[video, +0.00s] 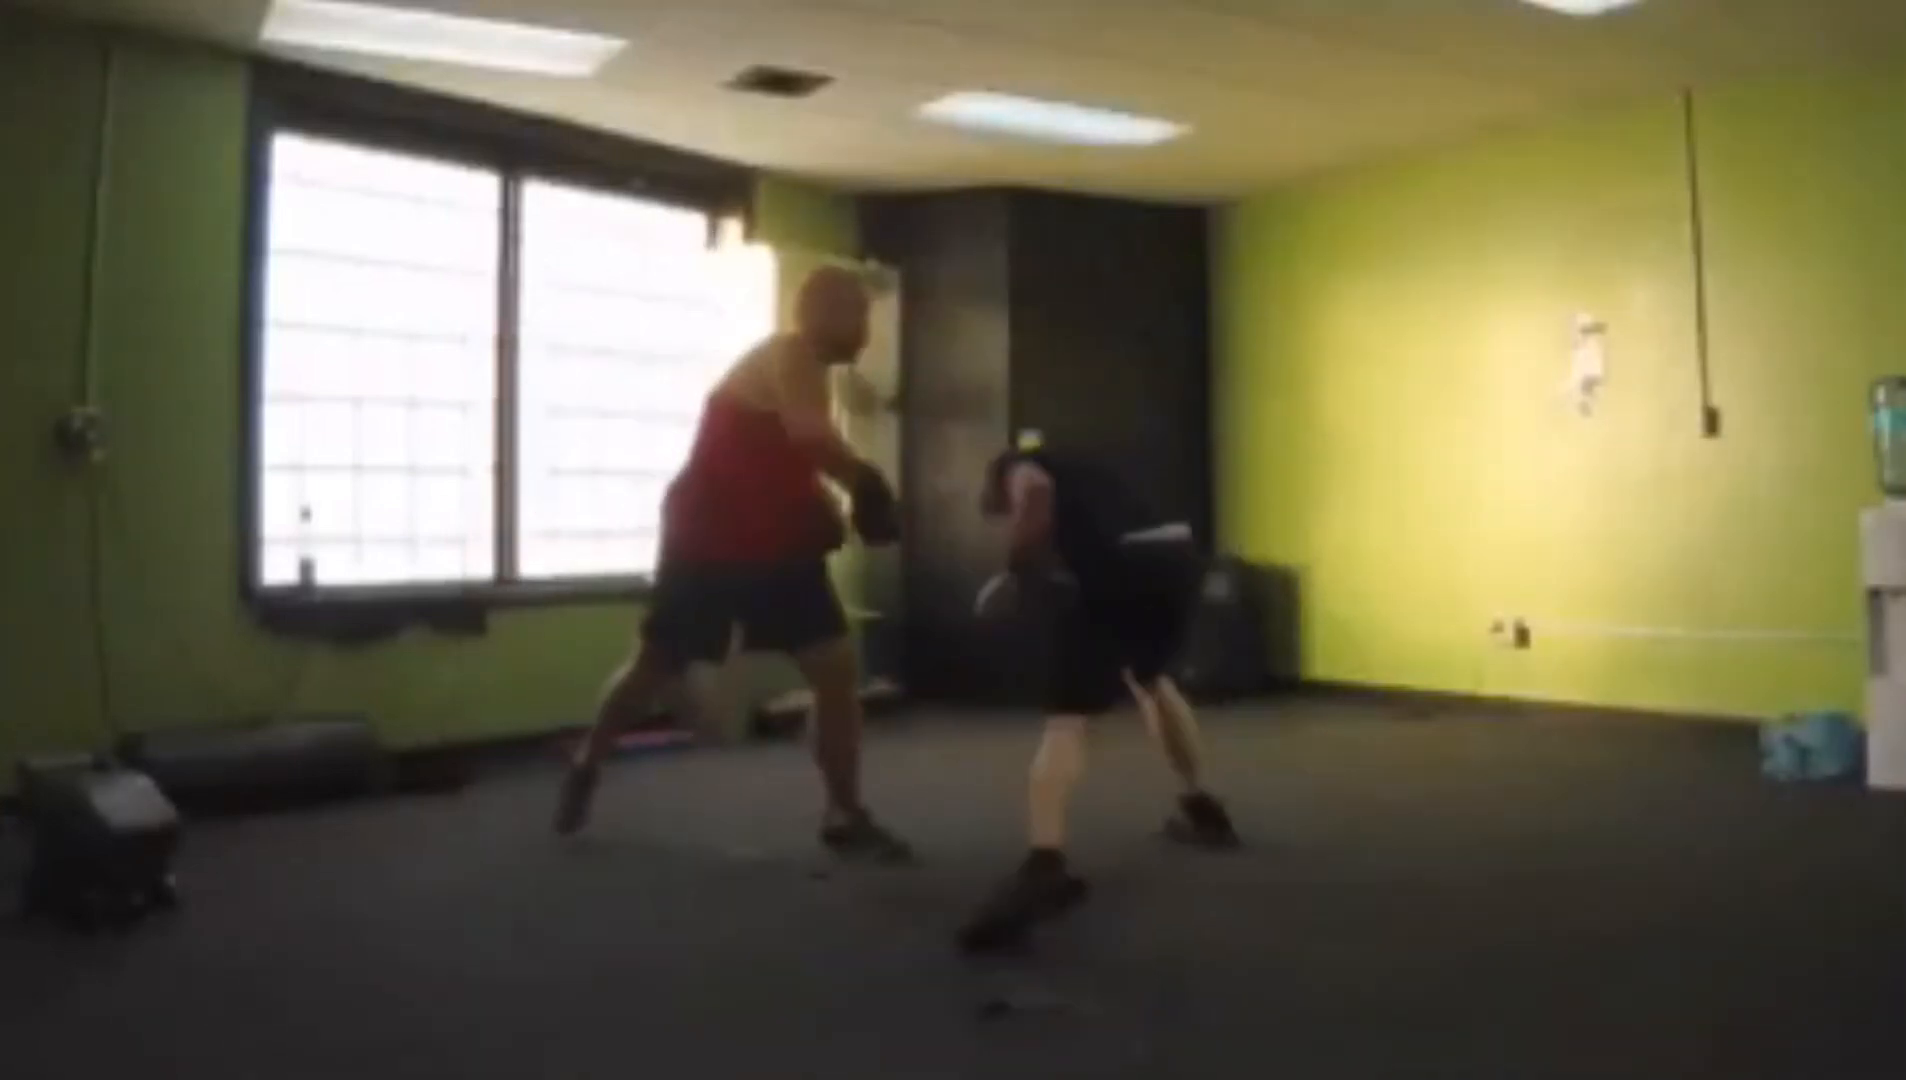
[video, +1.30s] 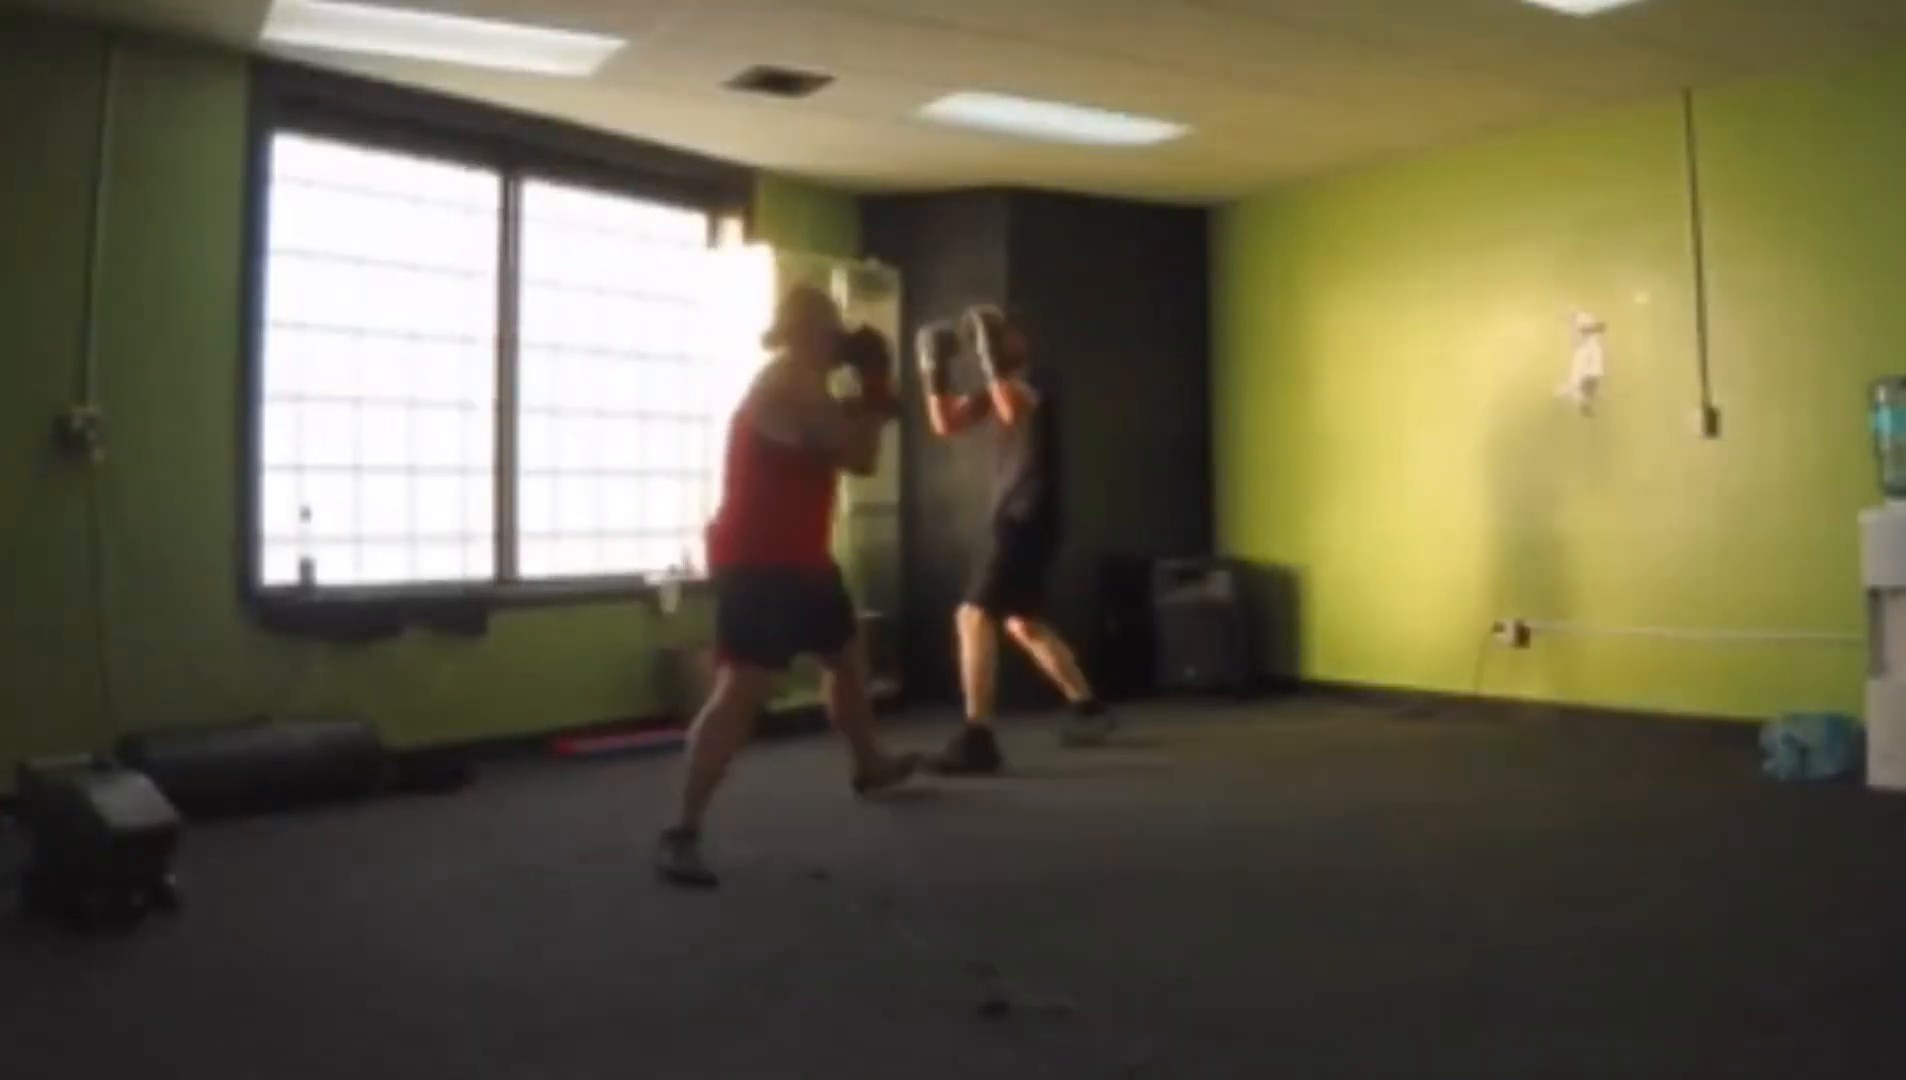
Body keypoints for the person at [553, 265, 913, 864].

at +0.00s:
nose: (866, 333)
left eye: (867, 318)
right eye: (859, 318)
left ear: (821, 317)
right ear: (829, 316)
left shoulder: (803, 368)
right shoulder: (790, 358)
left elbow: (786, 461)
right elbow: (809, 439)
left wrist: (821, 511)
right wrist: (865, 482)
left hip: (781, 540)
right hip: (712, 538)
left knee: (835, 671)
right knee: (655, 669)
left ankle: (844, 812)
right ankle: (585, 767)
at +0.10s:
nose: (841, 324)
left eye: (842, 309)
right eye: (832, 308)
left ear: (818, 311)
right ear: (797, 309)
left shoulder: (798, 388)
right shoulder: (736, 374)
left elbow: (794, 463)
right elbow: (729, 466)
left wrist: (836, 481)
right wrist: (825, 456)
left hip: (779, 545)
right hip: (704, 551)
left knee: (836, 672)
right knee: (659, 688)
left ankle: (846, 811)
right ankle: (599, 810)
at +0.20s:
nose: (807, 329)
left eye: (808, 316)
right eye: (796, 315)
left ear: (800, 323)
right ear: (766, 318)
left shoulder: (796, 395)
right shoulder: (711, 380)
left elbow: (846, 432)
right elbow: (704, 471)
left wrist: (862, 432)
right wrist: (787, 437)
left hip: (765, 542)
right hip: (688, 547)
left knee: (835, 647)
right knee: (655, 689)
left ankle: (852, 798)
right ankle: (601, 812)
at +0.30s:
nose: (796, 328)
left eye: (801, 315)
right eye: (783, 315)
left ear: (808, 319)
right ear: (755, 316)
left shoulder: (799, 380)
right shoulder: (708, 375)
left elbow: (860, 395)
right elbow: (684, 464)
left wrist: (922, 376)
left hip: (766, 535)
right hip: (690, 542)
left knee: (843, 636)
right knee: (655, 682)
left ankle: (854, 772)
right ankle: (601, 809)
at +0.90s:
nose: (803, 303)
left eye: (804, 291)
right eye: (795, 290)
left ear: (797, 297)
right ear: (774, 292)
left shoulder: (798, 362)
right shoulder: (734, 358)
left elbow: (803, 425)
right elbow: (771, 442)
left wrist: (849, 375)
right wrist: (826, 391)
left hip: (786, 536)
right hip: (726, 540)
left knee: (839, 639)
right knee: (721, 662)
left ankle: (823, 773)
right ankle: (647, 807)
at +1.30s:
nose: (833, 340)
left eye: (833, 328)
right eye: (824, 328)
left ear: (816, 334)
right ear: (800, 333)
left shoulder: (814, 393)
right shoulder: (781, 390)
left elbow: (862, 449)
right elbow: (853, 451)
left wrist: (872, 378)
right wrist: (873, 391)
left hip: (806, 561)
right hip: (758, 563)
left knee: (846, 657)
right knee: (740, 695)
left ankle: (869, 765)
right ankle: (684, 829)